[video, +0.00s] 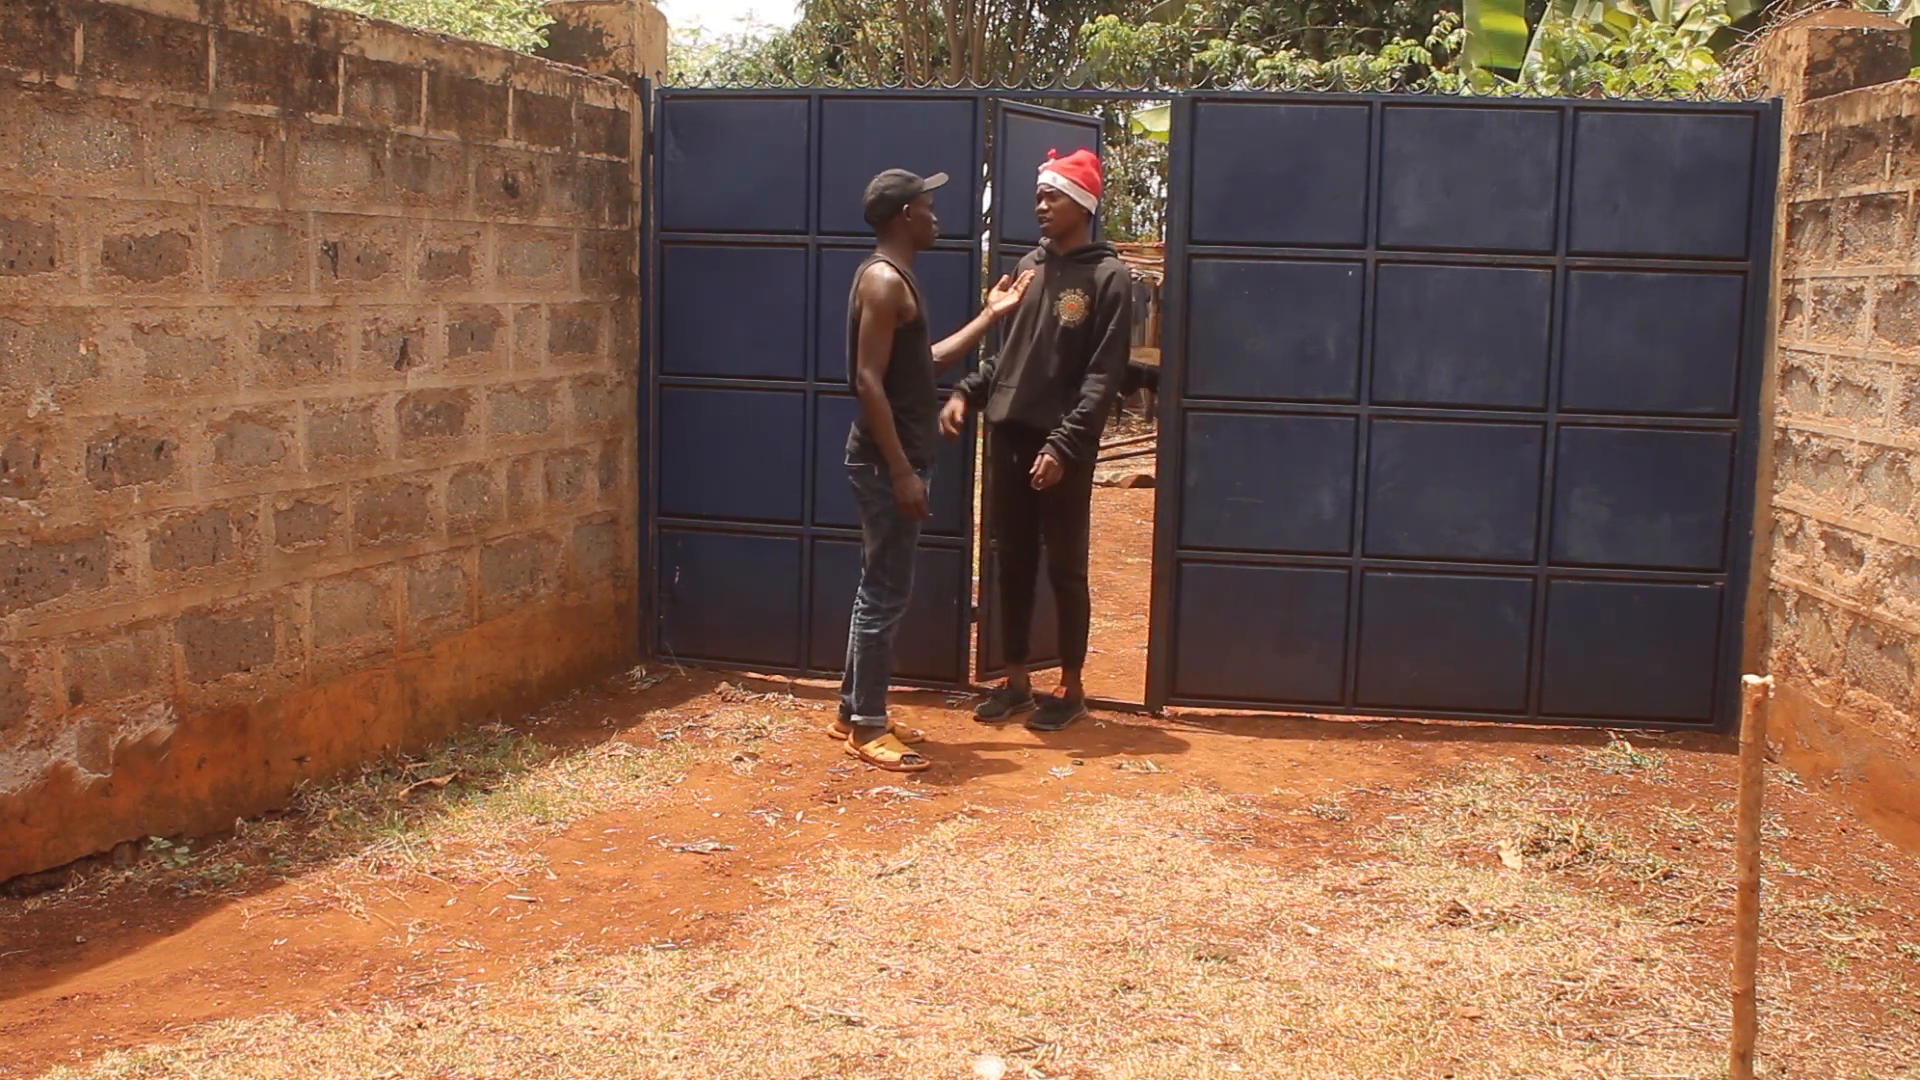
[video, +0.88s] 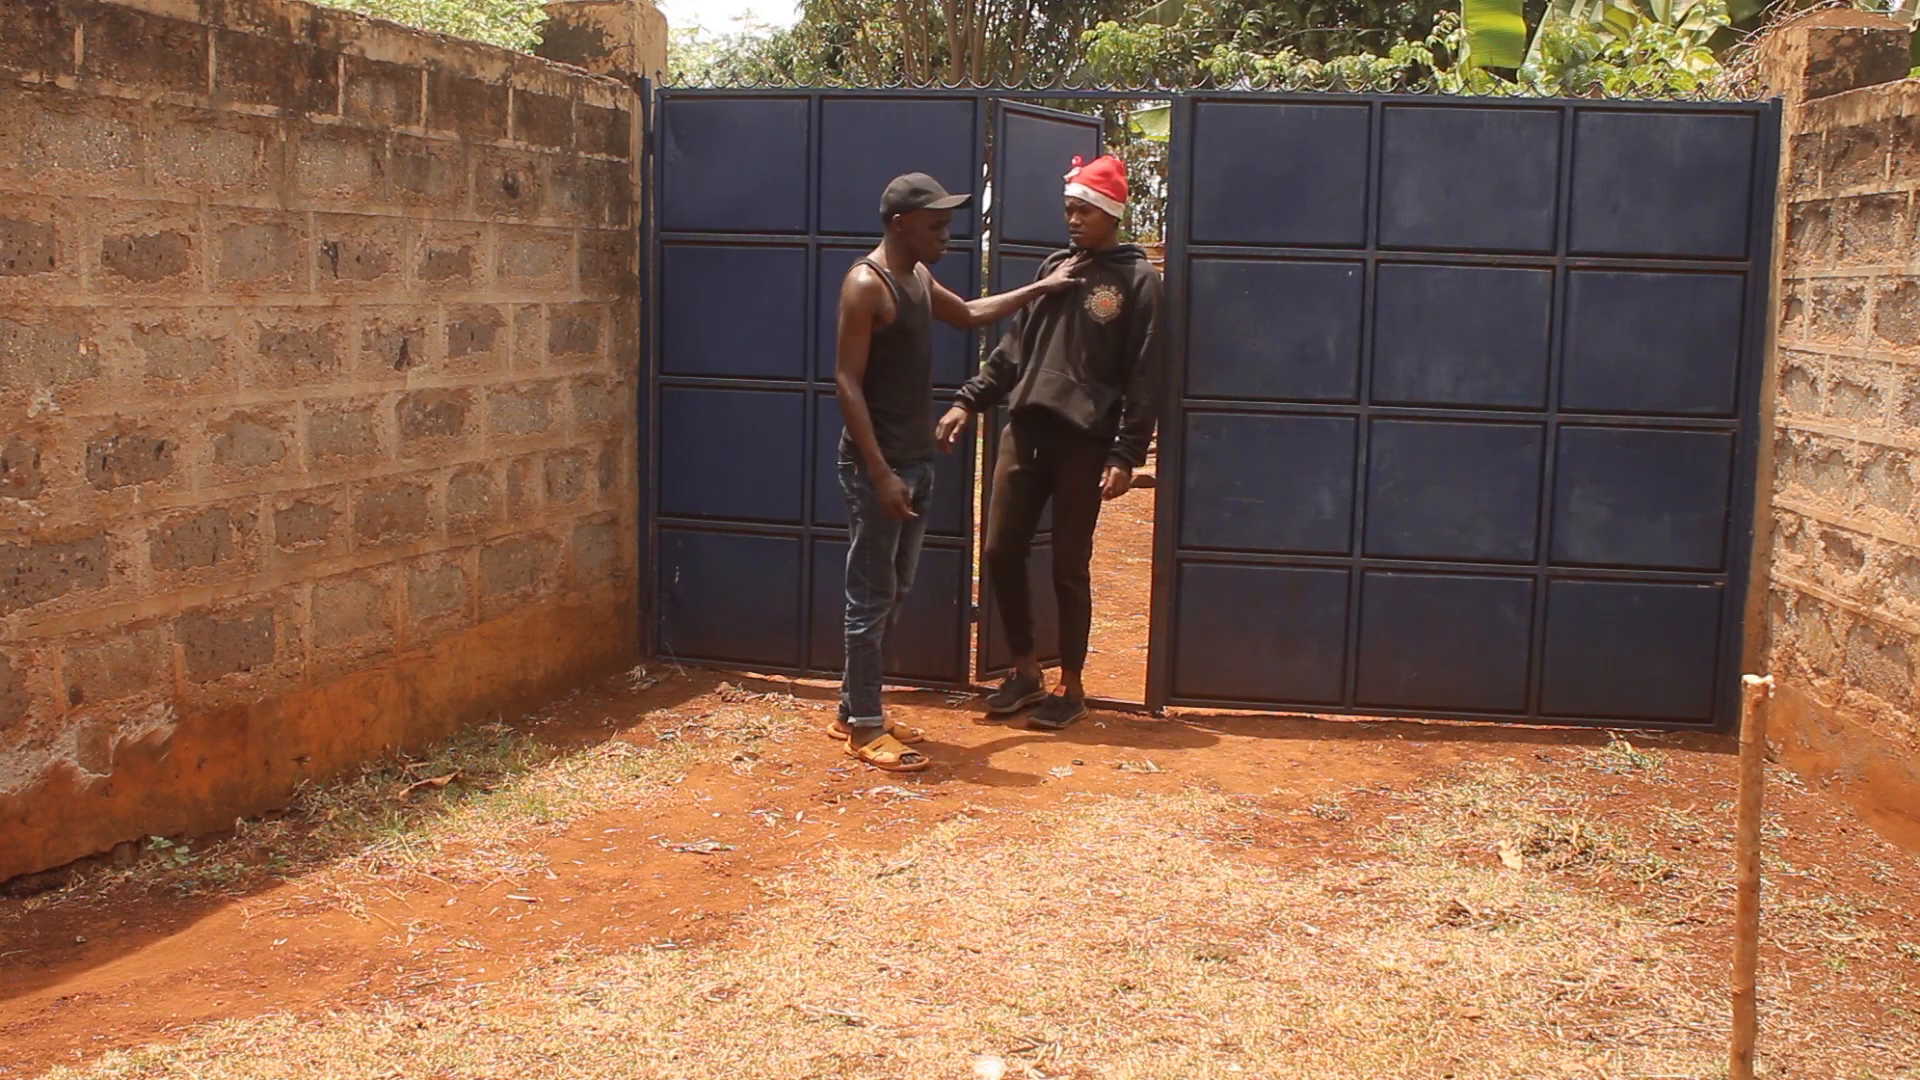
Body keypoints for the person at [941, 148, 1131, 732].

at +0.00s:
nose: (1042, 206)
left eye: (1054, 197)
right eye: (1040, 196)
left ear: (1086, 205)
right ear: (1039, 201)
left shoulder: (1113, 278)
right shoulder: (1027, 268)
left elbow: (1104, 377)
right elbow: (1001, 352)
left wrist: (1063, 445)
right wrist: (963, 392)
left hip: (1065, 442)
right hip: (1008, 435)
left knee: (1065, 567)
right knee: (1011, 560)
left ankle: (1070, 689)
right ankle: (1014, 681)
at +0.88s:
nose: (1072, 216)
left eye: (1084, 208)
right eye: (1069, 206)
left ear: (1114, 212)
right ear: (1068, 210)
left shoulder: (1139, 277)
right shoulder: (1054, 267)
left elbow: (1145, 372)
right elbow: (1012, 345)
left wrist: (1124, 453)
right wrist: (967, 402)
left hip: (1085, 435)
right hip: (1025, 427)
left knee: (1069, 564)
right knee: (999, 552)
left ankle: (1071, 688)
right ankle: (1024, 674)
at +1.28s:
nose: (1101, 217)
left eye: (1113, 211)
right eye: (1098, 208)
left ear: (1139, 221)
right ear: (1092, 214)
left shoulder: (1150, 279)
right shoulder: (1073, 267)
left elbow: (1190, 367)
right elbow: (1022, 331)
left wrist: (1205, 452)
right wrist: (976, 387)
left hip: (1116, 434)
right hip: (1059, 424)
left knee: (1087, 557)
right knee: (1008, 525)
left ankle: (1072, 692)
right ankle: (1065, 605)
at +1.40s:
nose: (1101, 219)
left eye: (1113, 212)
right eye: (1098, 210)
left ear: (1139, 223)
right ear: (1093, 217)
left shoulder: (1148, 281)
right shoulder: (1079, 269)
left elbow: (1189, 367)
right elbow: (1032, 334)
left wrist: (1199, 451)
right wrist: (986, 388)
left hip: (1120, 435)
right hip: (1068, 429)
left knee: (1086, 555)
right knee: (1025, 541)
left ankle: (1071, 692)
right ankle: (1096, 616)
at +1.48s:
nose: (1098, 221)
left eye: (1111, 215)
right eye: (1096, 212)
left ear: (1138, 226)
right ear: (1092, 219)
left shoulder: (1145, 281)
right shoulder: (1084, 268)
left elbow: (1186, 364)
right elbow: (1040, 332)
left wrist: (1195, 452)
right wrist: (990, 386)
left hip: (1121, 438)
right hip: (1073, 432)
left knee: (1080, 557)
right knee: (1051, 556)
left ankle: (1070, 693)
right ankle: (1109, 657)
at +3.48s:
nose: (1088, 223)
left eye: (1102, 216)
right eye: (1086, 212)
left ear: (1128, 230)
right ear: (1079, 218)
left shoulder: (1148, 291)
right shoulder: (1062, 269)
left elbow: (1181, 376)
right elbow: (1036, 341)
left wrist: (1172, 455)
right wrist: (997, 395)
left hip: (1110, 451)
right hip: (1054, 444)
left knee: (1081, 569)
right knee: (1043, 565)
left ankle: (1074, 693)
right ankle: (1099, 648)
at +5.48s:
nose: (1100, 220)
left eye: (1113, 212)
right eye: (1095, 208)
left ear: (1139, 221)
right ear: (1089, 211)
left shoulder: (1152, 280)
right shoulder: (1068, 259)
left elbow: (1157, 376)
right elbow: (1026, 328)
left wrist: (1161, 458)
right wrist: (969, 350)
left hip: (1104, 435)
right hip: (1042, 426)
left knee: (1084, 565)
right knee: (1011, 549)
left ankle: (1075, 689)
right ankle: (1083, 582)